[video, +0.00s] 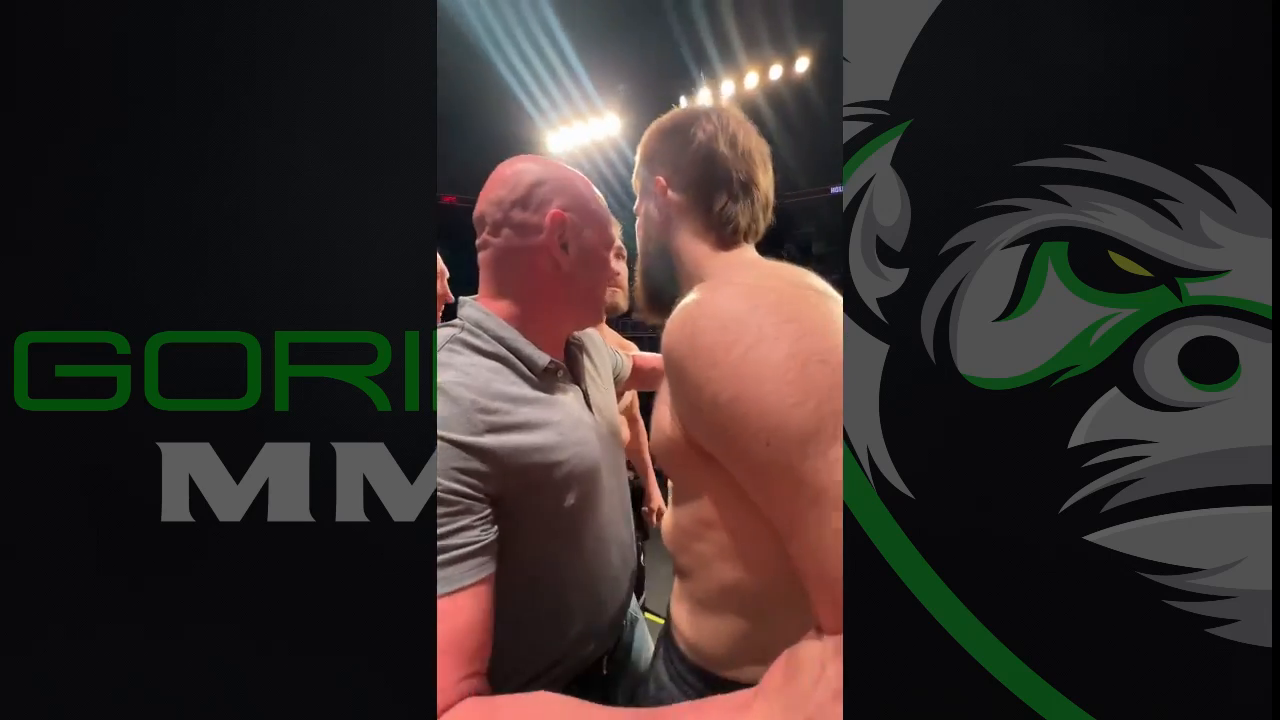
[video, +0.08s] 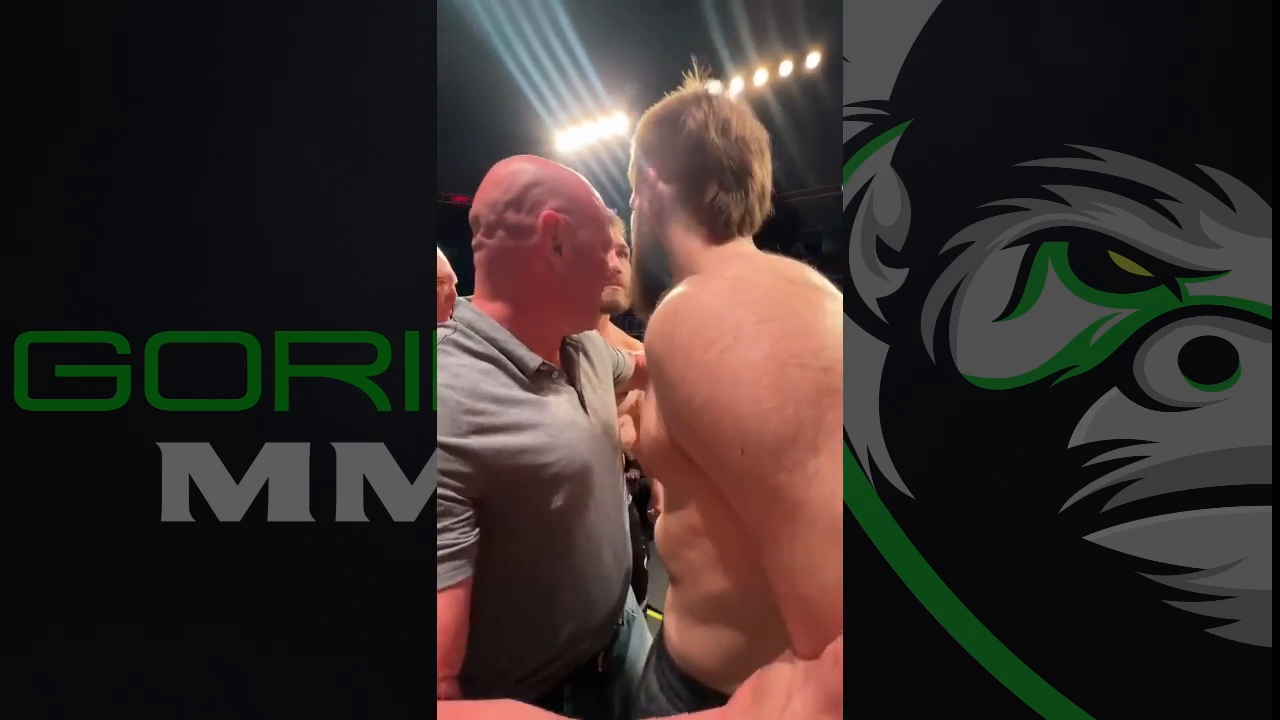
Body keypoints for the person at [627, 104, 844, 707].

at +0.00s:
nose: (635, 214)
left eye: (636, 195)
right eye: (634, 195)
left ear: (662, 198)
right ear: (745, 196)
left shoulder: (709, 322)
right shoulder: (812, 291)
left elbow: (831, 539)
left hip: (716, 685)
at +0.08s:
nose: (632, 206)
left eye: (632, 186)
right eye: (629, 188)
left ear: (652, 187)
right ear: (753, 185)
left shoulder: (689, 318)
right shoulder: (815, 288)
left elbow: (808, 530)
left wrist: (829, 687)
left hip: (704, 685)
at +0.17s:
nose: (630, 196)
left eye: (629, 178)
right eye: (627, 180)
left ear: (648, 182)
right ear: (758, 180)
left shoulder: (672, 318)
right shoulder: (818, 286)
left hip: (701, 683)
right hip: (808, 684)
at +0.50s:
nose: (665, 223)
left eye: (667, 201)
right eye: (663, 204)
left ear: (698, 196)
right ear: (780, 189)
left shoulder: (759, 328)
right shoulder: (833, 280)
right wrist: (683, 364)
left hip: (758, 672)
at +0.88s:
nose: (601, 266)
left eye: (598, 242)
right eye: (593, 240)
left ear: (537, 231)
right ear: (538, 230)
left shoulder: (536, 337)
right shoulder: (458, 430)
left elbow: (580, 364)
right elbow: (583, 683)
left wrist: (663, 375)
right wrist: (850, 601)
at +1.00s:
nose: (599, 265)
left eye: (597, 242)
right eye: (592, 238)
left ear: (539, 229)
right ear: (541, 228)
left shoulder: (520, 335)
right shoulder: (459, 407)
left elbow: (571, 366)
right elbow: (594, 672)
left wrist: (658, 380)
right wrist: (860, 586)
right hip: (493, 698)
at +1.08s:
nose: (601, 270)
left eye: (601, 248)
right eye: (596, 244)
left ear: (544, 229)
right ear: (546, 228)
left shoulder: (530, 336)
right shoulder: (462, 401)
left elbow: (569, 369)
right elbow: (594, 662)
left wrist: (654, 384)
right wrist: (856, 591)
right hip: (489, 698)